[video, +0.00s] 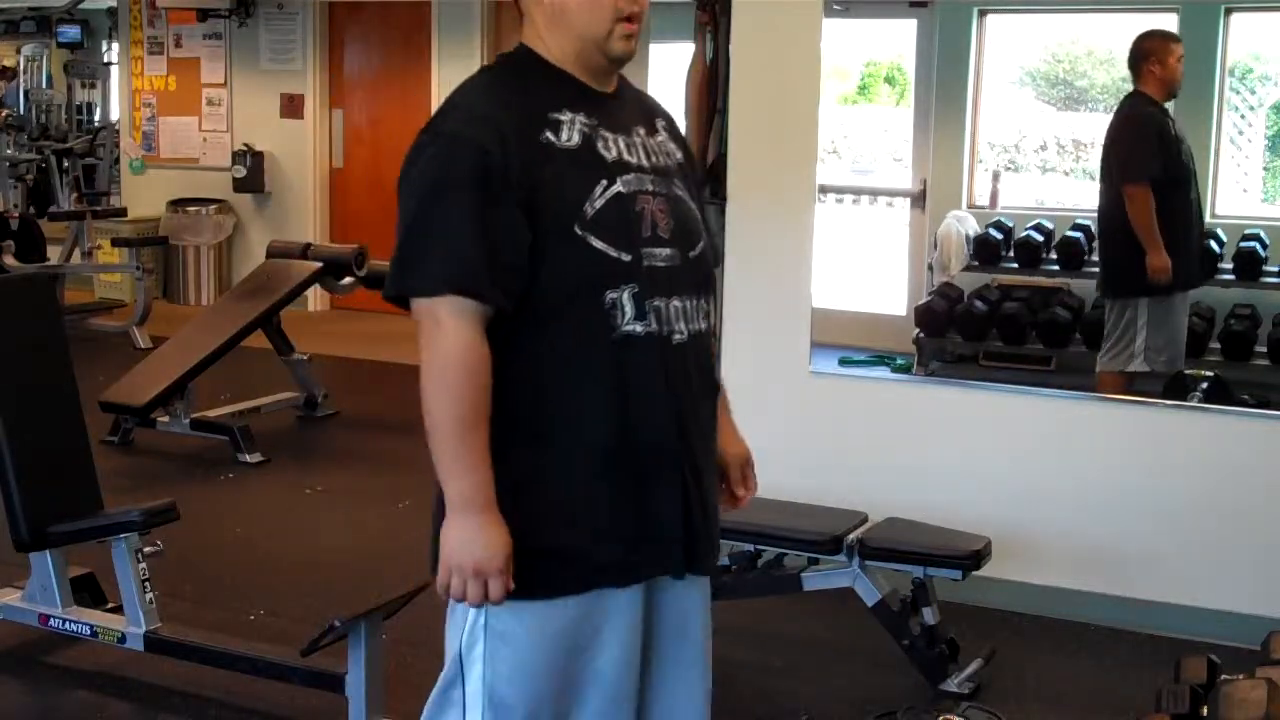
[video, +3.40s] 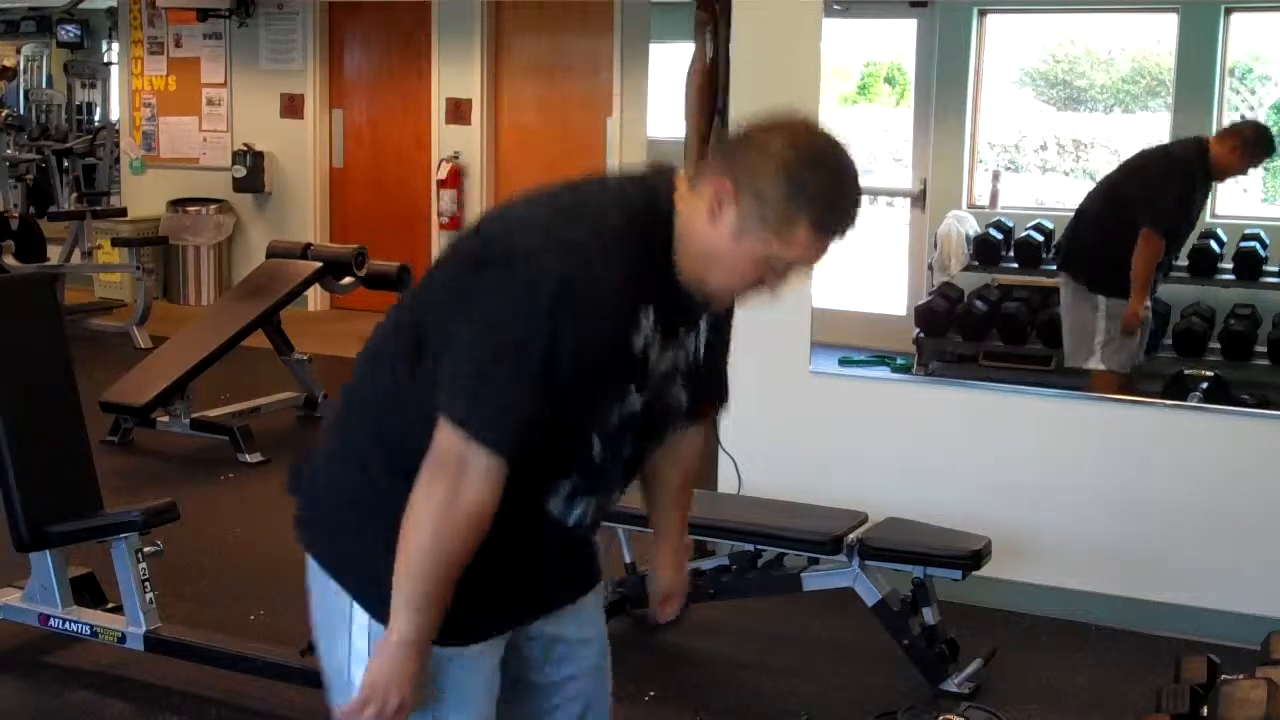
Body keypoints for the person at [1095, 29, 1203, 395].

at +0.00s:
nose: (1183, 68)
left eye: (1182, 61)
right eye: (1178, 61)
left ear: (1153, 67)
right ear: (1154, 66)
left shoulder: (1153, 115)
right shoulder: (1138, 116)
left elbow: (1149, 187)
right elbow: (1134, 189)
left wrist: (1173, 247)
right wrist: (1155, 250)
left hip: (1155, 265)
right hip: (1137, 266)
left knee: (1136, 366)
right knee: (1118, 367)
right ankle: (1107, 444)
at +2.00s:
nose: (1211, 104)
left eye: (1215, 98)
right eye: (1212, 95)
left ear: (1191, 81)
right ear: (1191, 80)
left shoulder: (1177, 126)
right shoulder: (1146, 120)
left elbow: (1172, 195)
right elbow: (1129, 188)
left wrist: (1176, 256)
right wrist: (1143, 253)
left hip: (1166, 270)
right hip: (1138, 270)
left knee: (1154, 374)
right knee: (1123, 371)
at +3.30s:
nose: (1235, 152)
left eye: (1241, 147)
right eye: (1239, 144)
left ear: (1224, 124)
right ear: (1226, 125)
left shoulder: (1189, 151)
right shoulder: (1176, 150)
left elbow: (1156, 218)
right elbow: (1148, 219)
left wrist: (1144, 280)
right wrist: (1140, 282)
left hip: (1120, 271)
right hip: (1104, 270)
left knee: (1116, 371)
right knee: (1103, 373)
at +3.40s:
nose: (1242, 173)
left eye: (1249, 168)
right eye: (1247, 164)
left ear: (1231, 142)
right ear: (1233, 146)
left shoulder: (1196, 167)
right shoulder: (1181, 166)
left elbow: (1158, 236)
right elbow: (1150, 237)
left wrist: (1142, 296)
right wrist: (1137, 301)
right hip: (1100, 270)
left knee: (1120, 371)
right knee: (1107, 373)